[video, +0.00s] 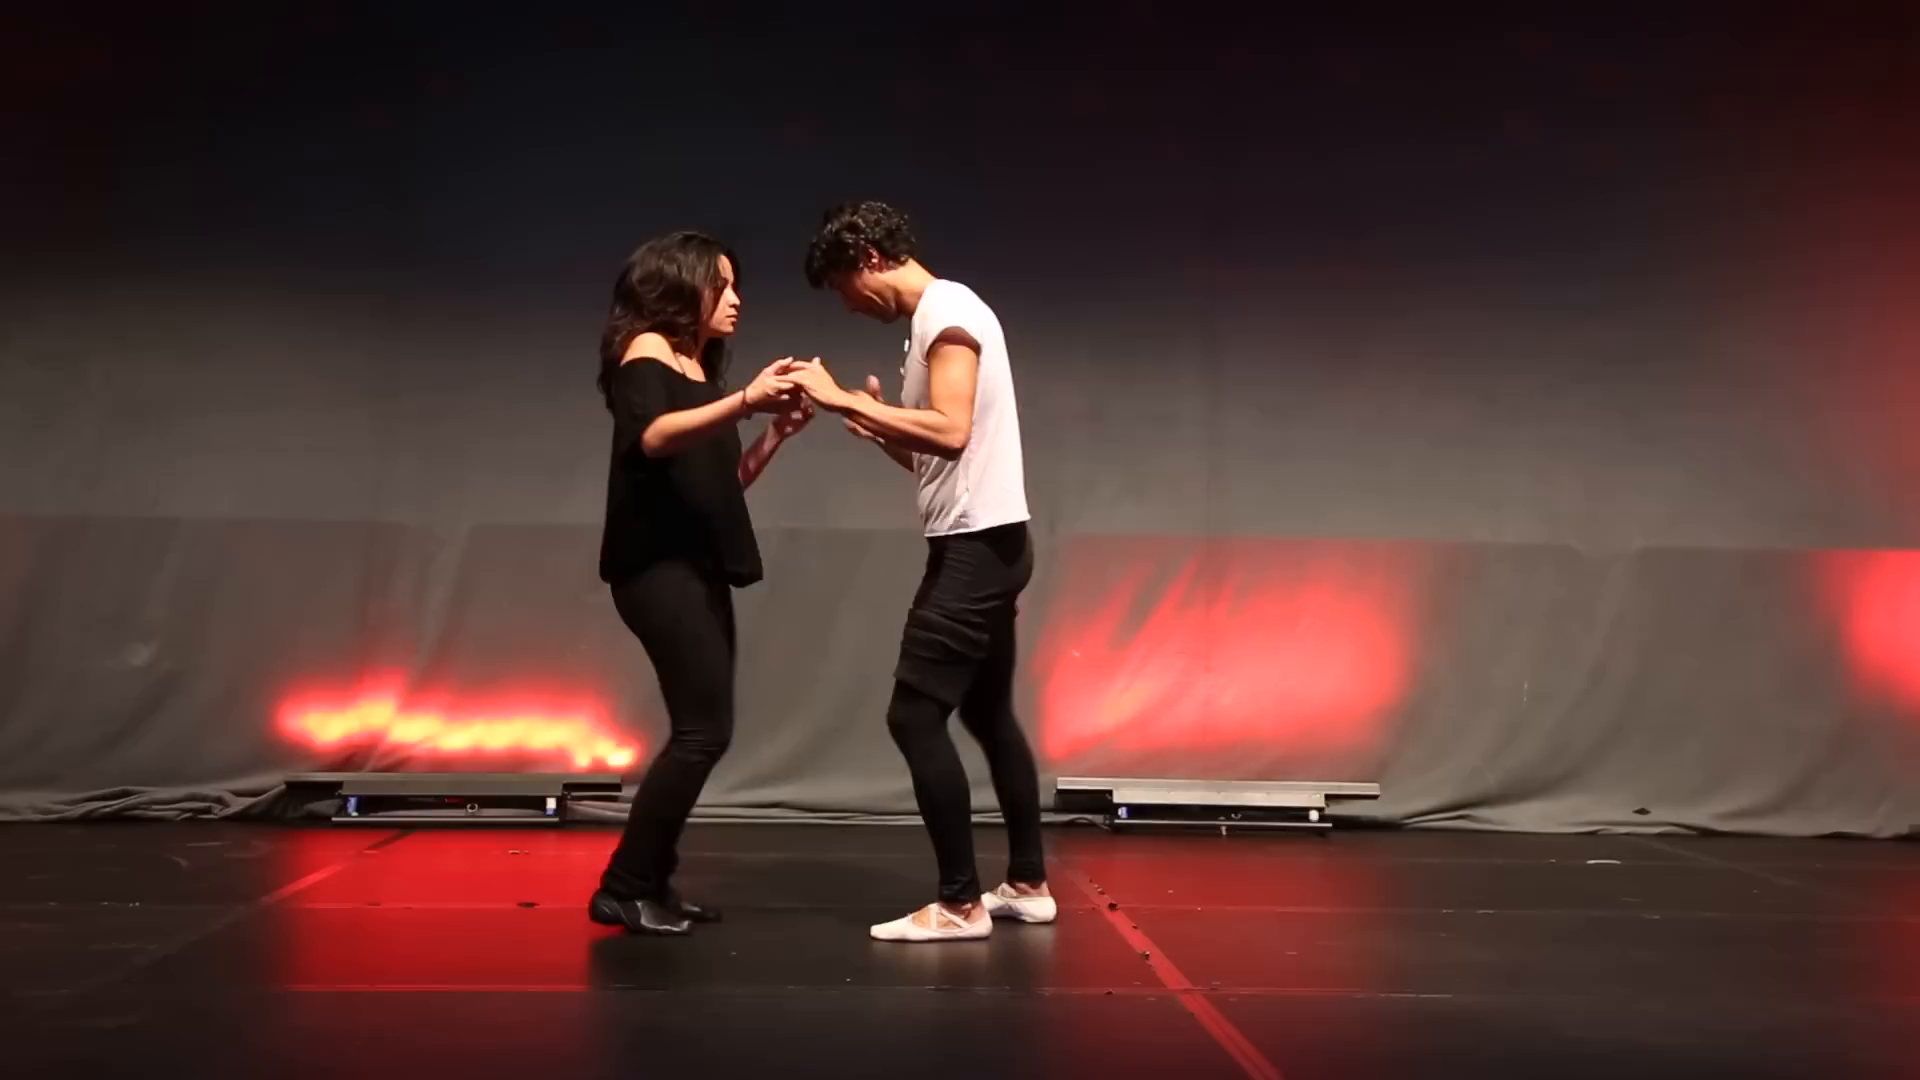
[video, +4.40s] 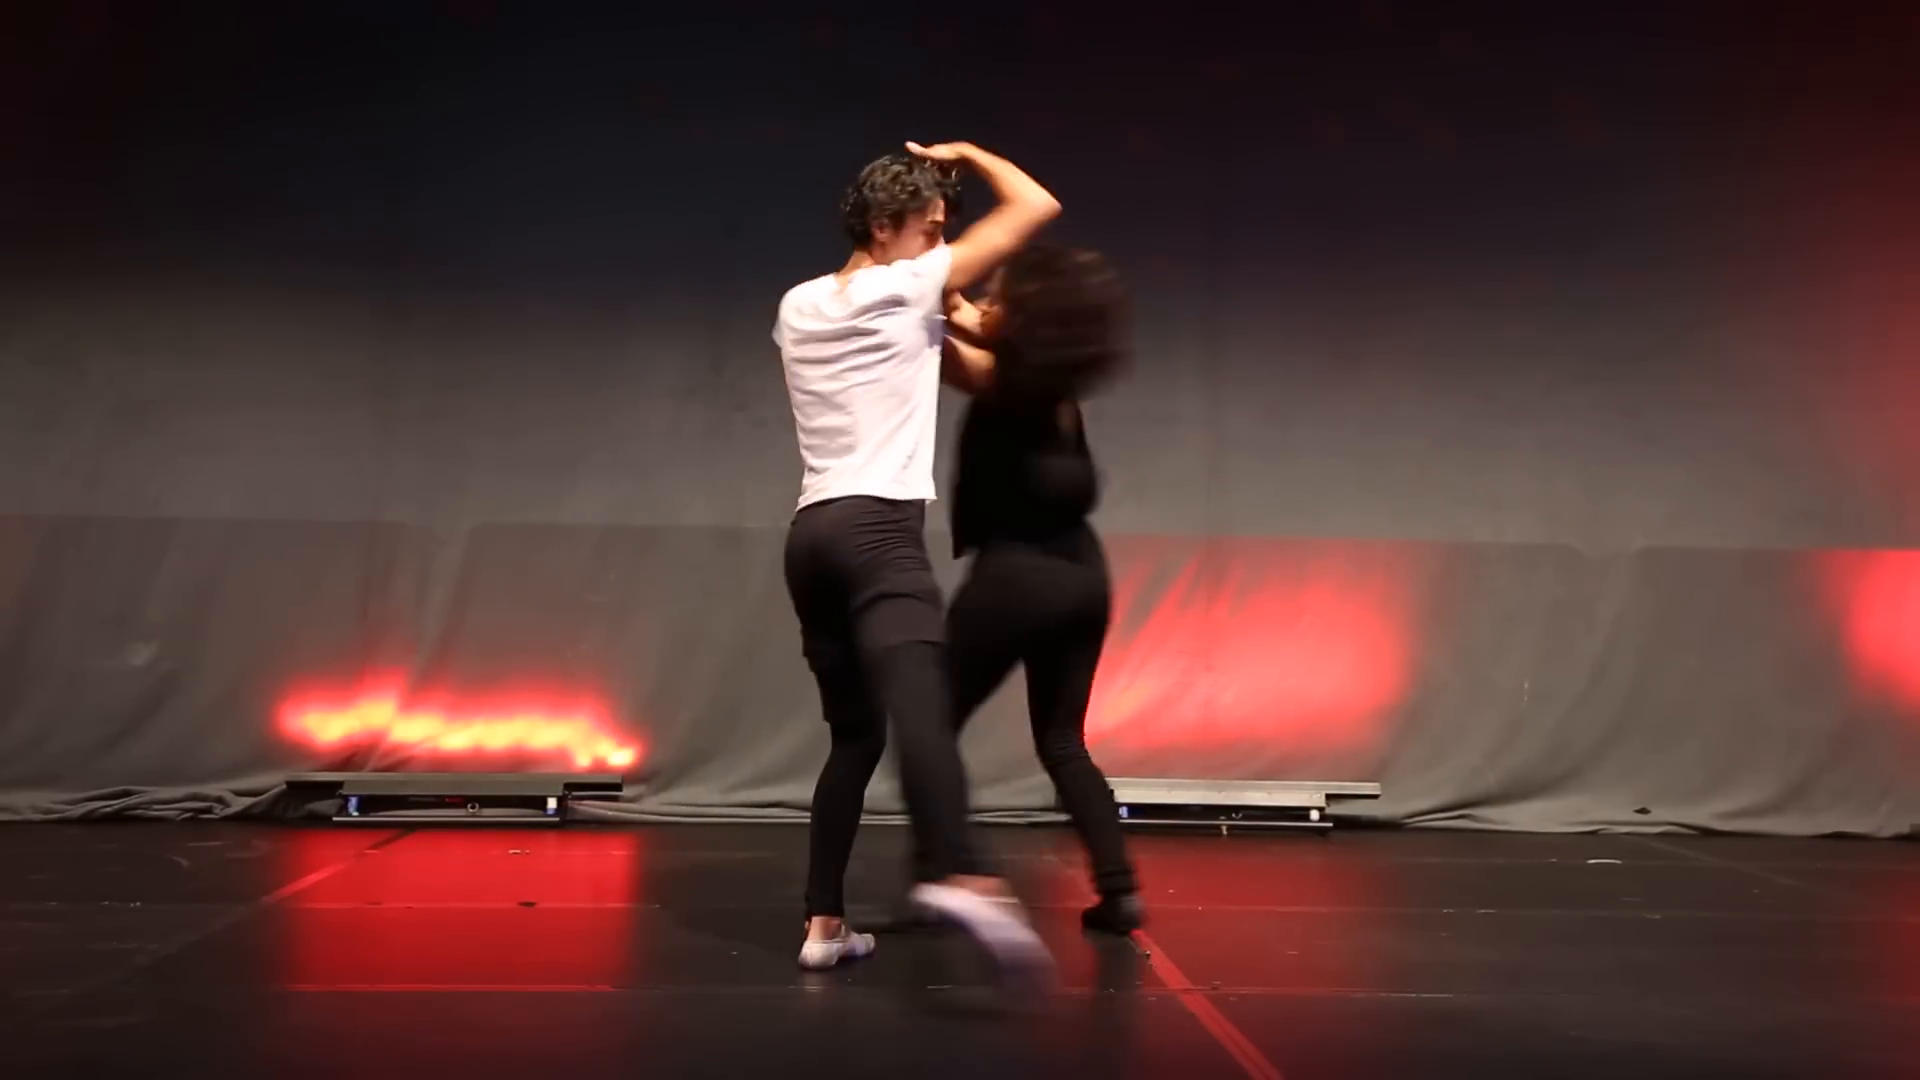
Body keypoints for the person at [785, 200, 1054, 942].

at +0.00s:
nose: (853, 309)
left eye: (846, 292)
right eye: (845, 296)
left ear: (870, 262)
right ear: (881, 262)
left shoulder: (947, 309)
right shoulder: (939, 319)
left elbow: (951, 428)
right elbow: (930, 457)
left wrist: (850, 398)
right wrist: (868, 417)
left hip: (975, 543)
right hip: (984, 539)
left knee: (915, 717)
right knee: (990, 713)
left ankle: (960, 904)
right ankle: (1028, 883)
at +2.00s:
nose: (876, 268)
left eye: (884, 251)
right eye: (876, 252)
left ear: (922, 244)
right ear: (927, 248)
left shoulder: (954, 313)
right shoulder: (947, 321)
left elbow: (924, 417)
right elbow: (896, 435)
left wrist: (846, 351)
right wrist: (844, 362)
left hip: (941, 544)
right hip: (949, 543)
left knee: (862, 705)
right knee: (918, 714)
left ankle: (989, 832)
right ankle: (949, 886)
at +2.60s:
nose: (856, 256)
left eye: (863, 241)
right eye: (854, 243)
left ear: (899, 241)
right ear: (889, 248)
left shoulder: (936, 307)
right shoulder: (899, 320)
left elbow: (838, 301)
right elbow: (851, 333)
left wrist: (824, 232)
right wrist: (818, 258)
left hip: (930, 539)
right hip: (891, 539)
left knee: (924, 716)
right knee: (855, 713)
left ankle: (1034, 864)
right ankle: (904, 885)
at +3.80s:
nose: (918, 228)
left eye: (923, 213)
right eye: (921, 214)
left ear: (947, 218)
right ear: (987, 226)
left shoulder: (956, 293)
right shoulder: (1003, 311)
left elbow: (822, 330)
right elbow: (915, 428)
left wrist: (820, 252)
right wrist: (861, 338)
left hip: (948, 539)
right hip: (1005, 538)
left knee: (908, 724)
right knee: (984, 728)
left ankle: (955, 912)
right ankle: (1041, 902)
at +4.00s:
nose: (903, 216)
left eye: (908, 204)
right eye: (906, 202)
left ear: (921, 215)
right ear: (985, 225)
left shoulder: (894, 287)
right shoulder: (1015, 310)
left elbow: (772, 300)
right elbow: (943, 310)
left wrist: (821, 219)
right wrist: (884, 255)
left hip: (924, 535)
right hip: (1003, 538)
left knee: (878, 719)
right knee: (997, 729)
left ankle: (892, 911)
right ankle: (1058, 909)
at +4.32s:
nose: (939, 241)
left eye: (938, 226)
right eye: (932, 225)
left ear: (854, 226)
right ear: (898, 226)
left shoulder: (791, 306)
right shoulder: (934, 289)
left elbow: (790, 322)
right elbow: (1060, 243)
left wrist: (836, 264)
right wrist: (983, 178)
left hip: (821, 531)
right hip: (897, 522)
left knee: (860, 734)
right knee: (966, 724)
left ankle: (823, 922)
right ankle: (1059, 889)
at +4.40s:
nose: (937, 241)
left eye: (937, 227)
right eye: (929, 228)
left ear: (865, 230)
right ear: (889, 231)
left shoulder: (796, 309)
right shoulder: (915, 285)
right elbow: (1035, 204)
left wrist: (943, 315)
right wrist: (971, 151)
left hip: (812, 532)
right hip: (882, 524)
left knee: (854, 734)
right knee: (922, 705)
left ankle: (822, 922)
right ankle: (955, 873)